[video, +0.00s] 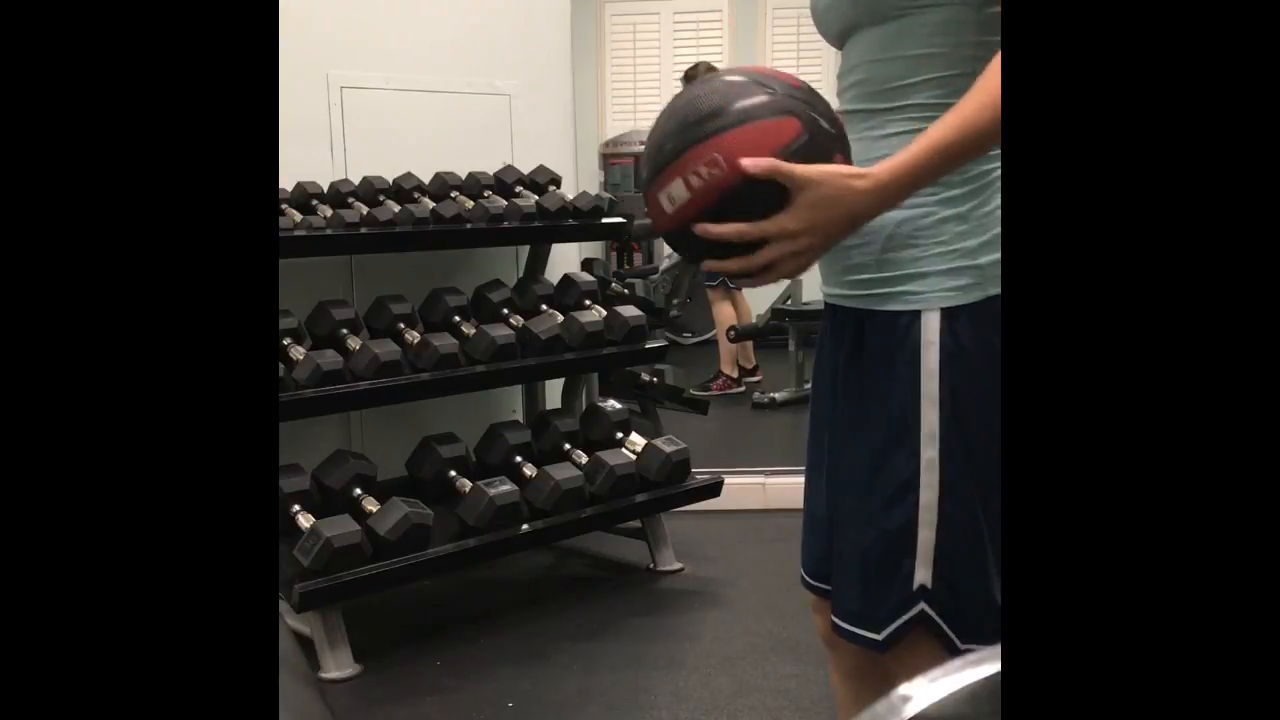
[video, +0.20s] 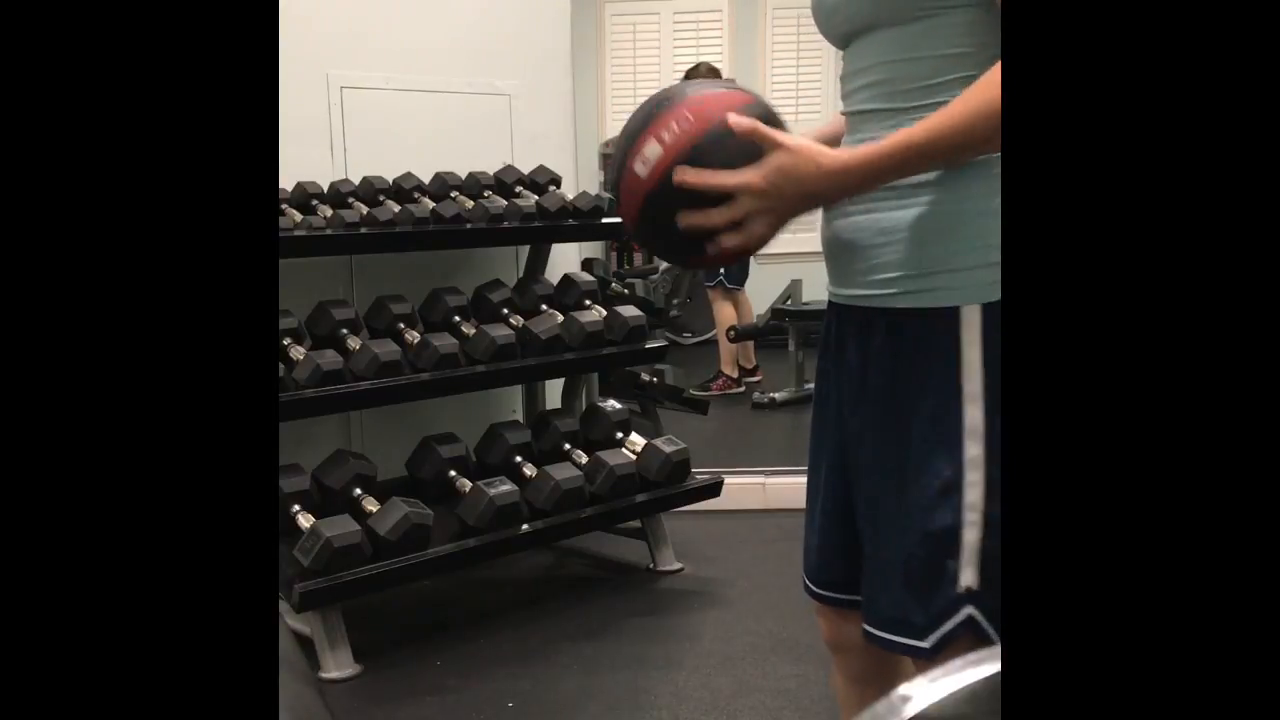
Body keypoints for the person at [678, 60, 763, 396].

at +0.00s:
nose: (684, 95)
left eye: (687, 88)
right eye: (686, 89)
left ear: (697, 89)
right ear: (715, 85)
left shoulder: (705, 121)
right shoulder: (730, 115)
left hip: (713, 216)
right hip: (736, 210)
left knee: (718, 293)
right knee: (734, 290)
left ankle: (729, 373)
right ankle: (749, 364)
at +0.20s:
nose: (691, 100)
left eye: (694, 92)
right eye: (691, 93)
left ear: (700, 91)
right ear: (721, 85)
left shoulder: (701, 132)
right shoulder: (739, 122)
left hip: (716, 224)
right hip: (740, 220)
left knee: (718, 292)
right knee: (735, 291)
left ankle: (729, 373)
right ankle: (749, 364)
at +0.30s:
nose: (690, 99)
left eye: (692, 92)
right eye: (689, 93)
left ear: (705, 90)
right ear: (717, 86)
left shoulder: (714, 122)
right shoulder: (739, 116)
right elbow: (760, 166)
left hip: (718, 218)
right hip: (742, 216)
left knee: (718, 291)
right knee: (735, 290)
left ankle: (729, 373)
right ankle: (749, 365)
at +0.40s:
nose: (689, 97)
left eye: (692, 90)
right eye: (689, 91)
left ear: (705, 90)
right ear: (720, 87)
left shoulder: (707, 128)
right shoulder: (738, 122)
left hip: (721, 219)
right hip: (740, 217)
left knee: (718, 291)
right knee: (735, 289)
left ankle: (729, 372)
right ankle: (749, 364)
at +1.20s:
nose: (701, 88)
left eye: (703, 82)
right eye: (701, 82)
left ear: (709, 82)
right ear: (730, 78)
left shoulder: (707, 121)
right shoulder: (749, 118)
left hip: (713, 214)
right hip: (740, 211)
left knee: (717, 292)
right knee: (732, 289)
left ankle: (729, 372)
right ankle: (748, 365)